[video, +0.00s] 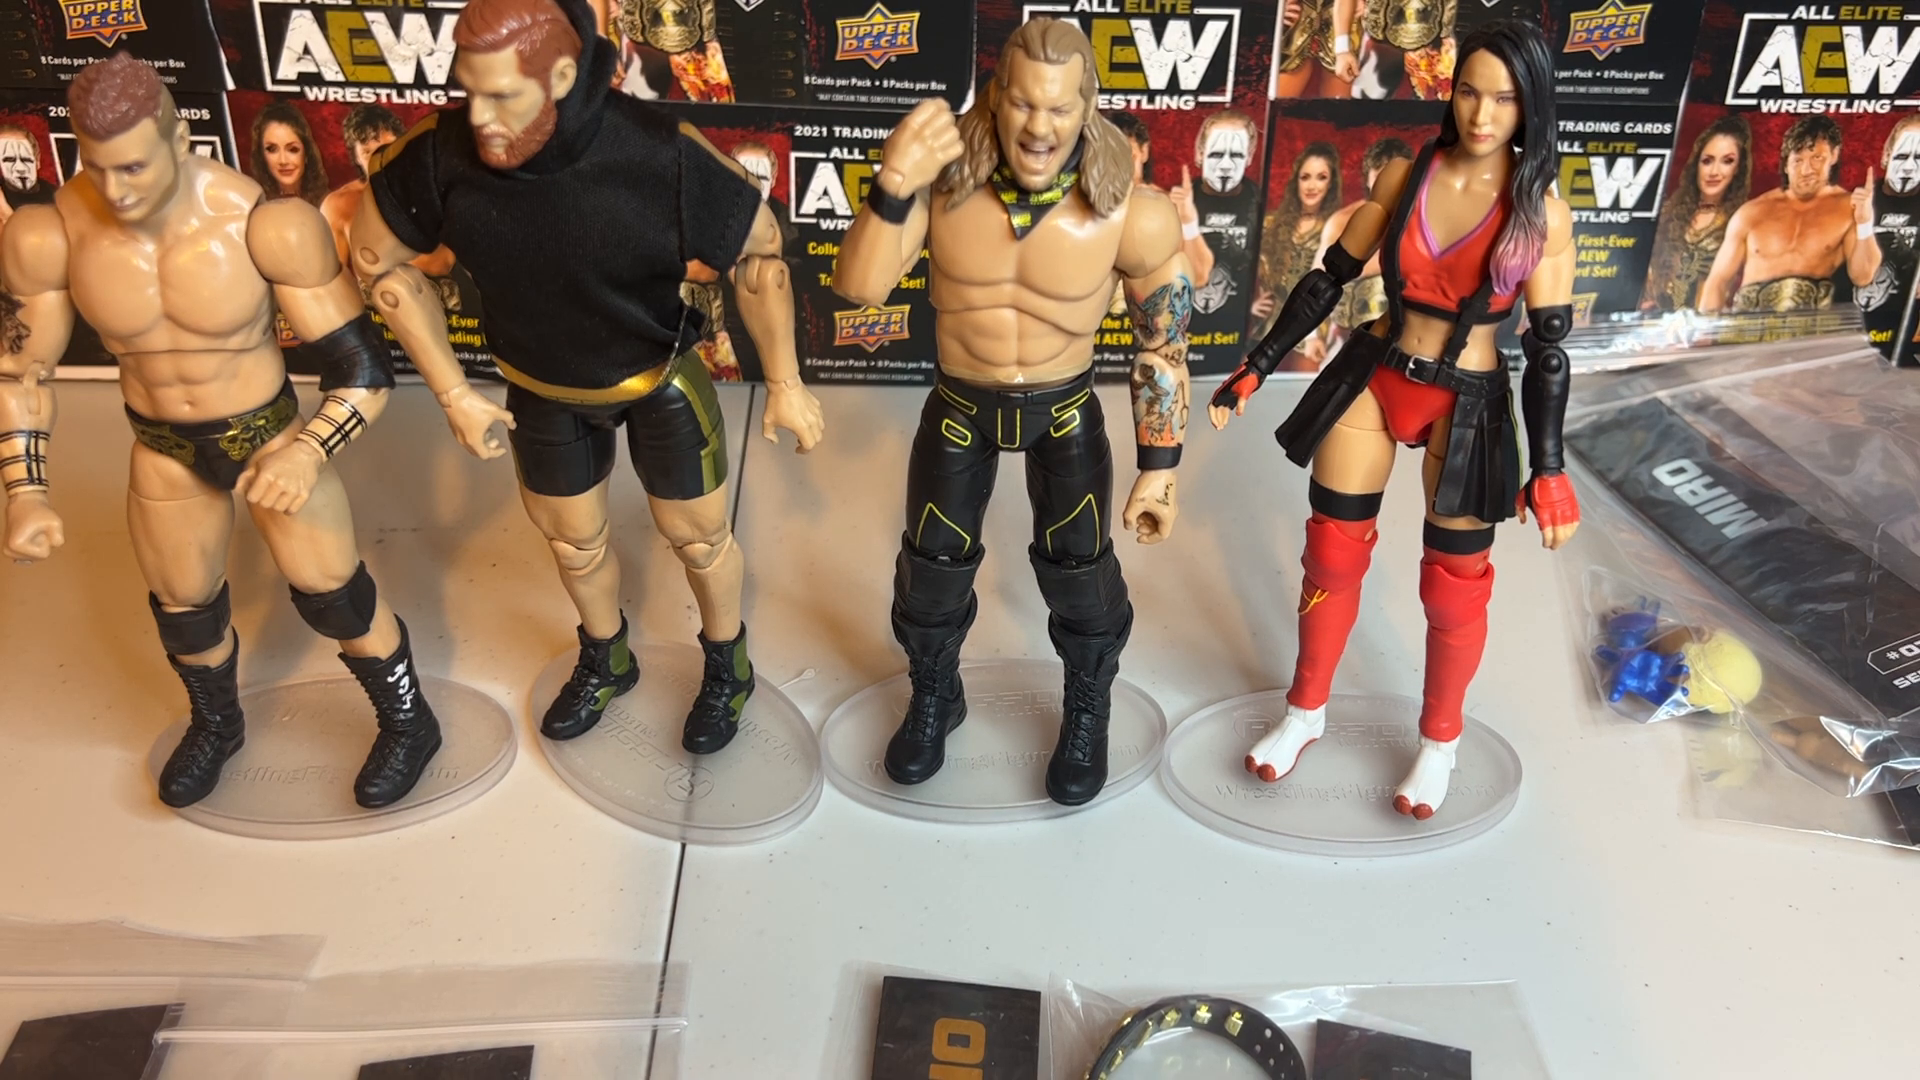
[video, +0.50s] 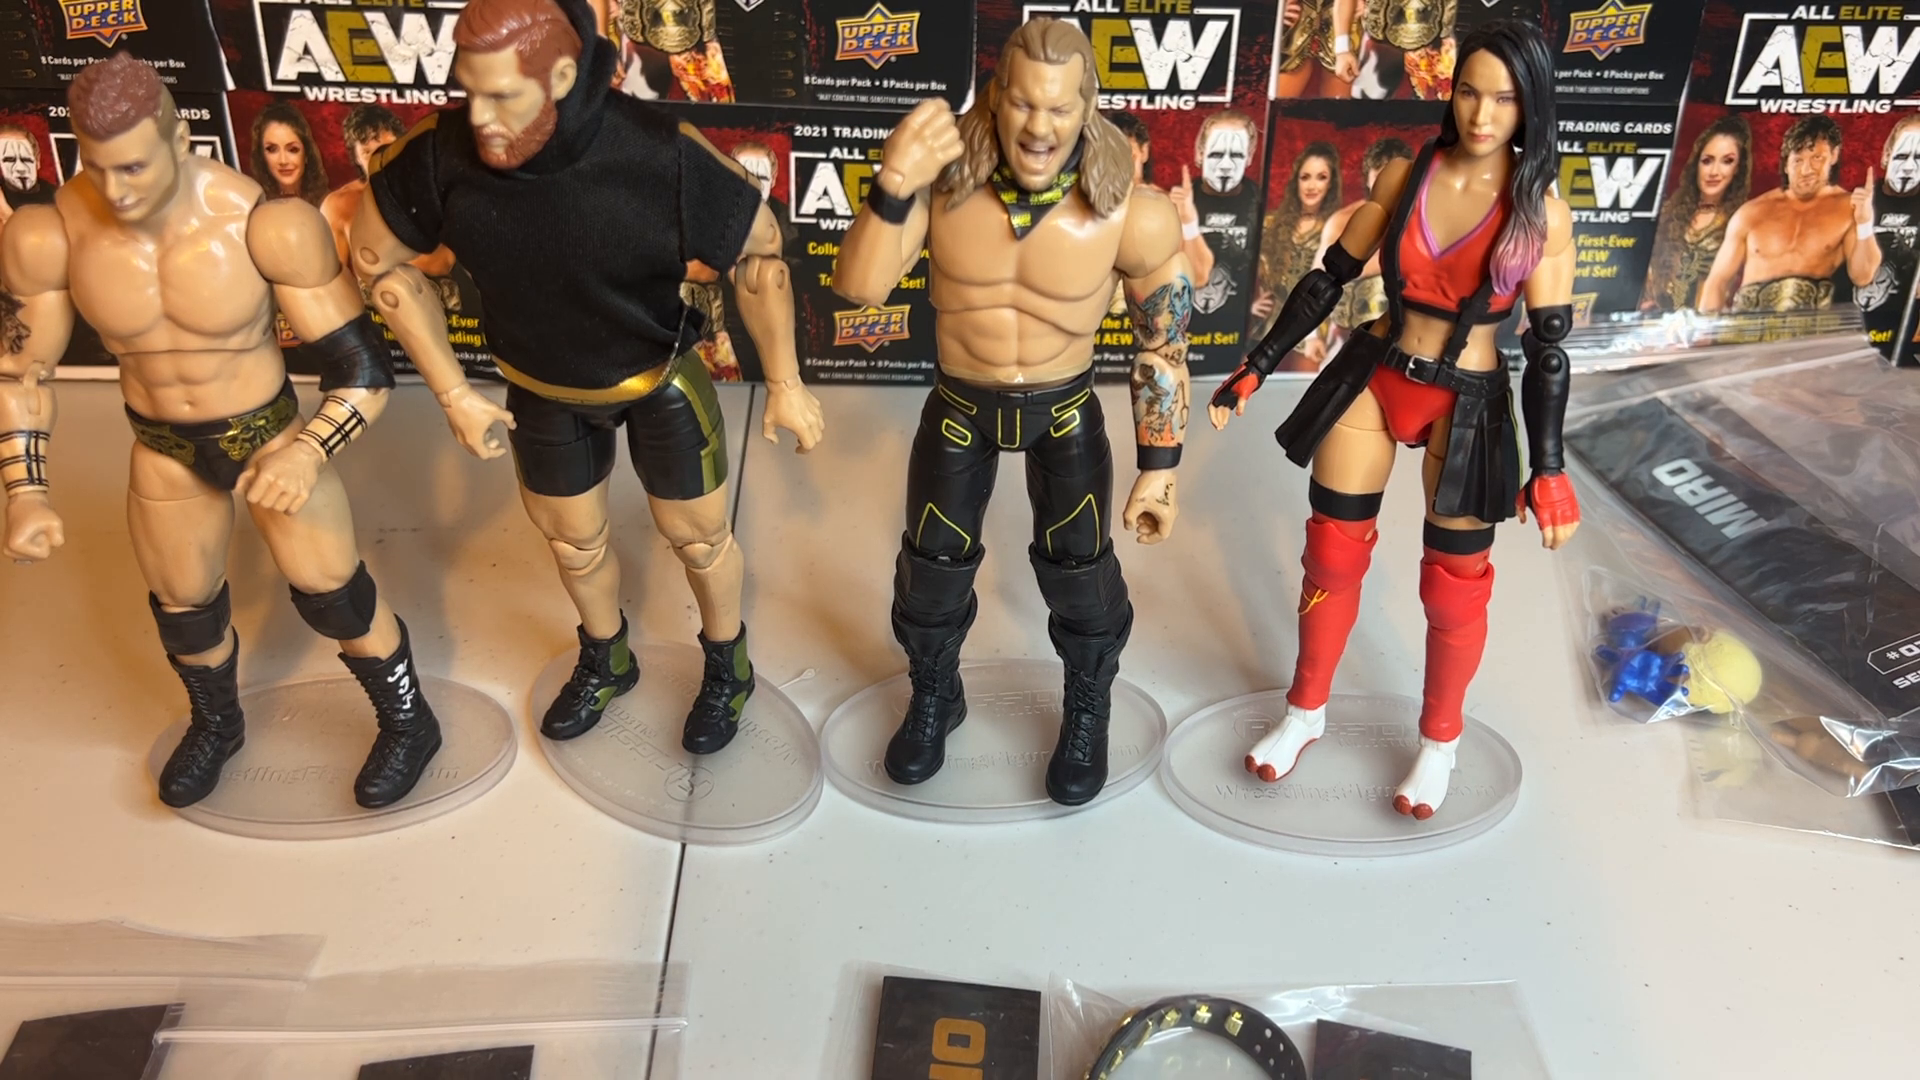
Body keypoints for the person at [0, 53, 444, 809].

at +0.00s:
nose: (118, 188)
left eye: (135, 167)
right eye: (100, 169)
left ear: (178, 138)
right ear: (80, 150)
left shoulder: (268, 225)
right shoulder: (52, 233)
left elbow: (362, 370)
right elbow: (23, 372)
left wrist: (312, 446)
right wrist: (22, 487)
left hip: (269, 440)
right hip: (161, 451)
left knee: (335, 598)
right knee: (186, 616)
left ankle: (408, 721)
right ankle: (216, 723)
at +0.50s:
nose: (118, 188)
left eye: (134, 167)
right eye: (100, 169)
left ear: (178, 138)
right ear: (80, 150)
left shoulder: (268, 225)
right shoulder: (52, 233)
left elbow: (362, 370)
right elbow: (23, 372)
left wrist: (312, 446)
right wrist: (22, 486)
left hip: (269, 440)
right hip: (161, 451)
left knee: (336, 598)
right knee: (186, 616)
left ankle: (408, 721)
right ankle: (216, 723)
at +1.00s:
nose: (118, 188)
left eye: (134, 167)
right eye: (101, 169)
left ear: (178, 138)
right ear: (81, 151)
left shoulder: (268, 225)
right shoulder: (53, 233)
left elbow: (362, 370)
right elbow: (22, 372)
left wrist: (311, 446)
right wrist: (22, 486)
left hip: (269, 440)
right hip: (161, 451)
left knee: (336, 598)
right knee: (186, 616)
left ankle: (408, 721)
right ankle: (216, 723)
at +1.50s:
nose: (118, 188)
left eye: (135, 167)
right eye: (101, 169)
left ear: (178, 138)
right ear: (80, 151)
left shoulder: (268, 225)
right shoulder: (52, 234)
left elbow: (362, 370)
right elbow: (22, 372)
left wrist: (311, 447)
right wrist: (22, 487)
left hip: (270, 441)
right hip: (161, 453)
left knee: (336, 598)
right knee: (186, 616)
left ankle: (408, 721)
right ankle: (216, 724)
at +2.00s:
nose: (119, 189)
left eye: (135, 168)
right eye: (101, 170)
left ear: (179, 140)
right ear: (81, 152)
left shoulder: (268, 225)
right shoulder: (54, 234)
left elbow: (362, 370)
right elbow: (23, 373)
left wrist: (312, 447)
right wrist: (22, 488)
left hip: (270, 441)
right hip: (162, 452)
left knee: (335, 598)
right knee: (186, 615)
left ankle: (408, 722)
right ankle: (217, 723)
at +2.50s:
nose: (118, 188)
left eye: (134, 168)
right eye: (100, 170)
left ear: (178, 138)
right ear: (81, 151)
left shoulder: (269, 225)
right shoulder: (54, 232)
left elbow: (363, 370)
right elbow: (23, 372)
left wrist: (312, 446)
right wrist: (22, 487)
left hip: (269, 441)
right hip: (161, 452)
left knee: (336, 598)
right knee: (186, 615)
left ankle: (408, 721)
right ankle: (216, 722)